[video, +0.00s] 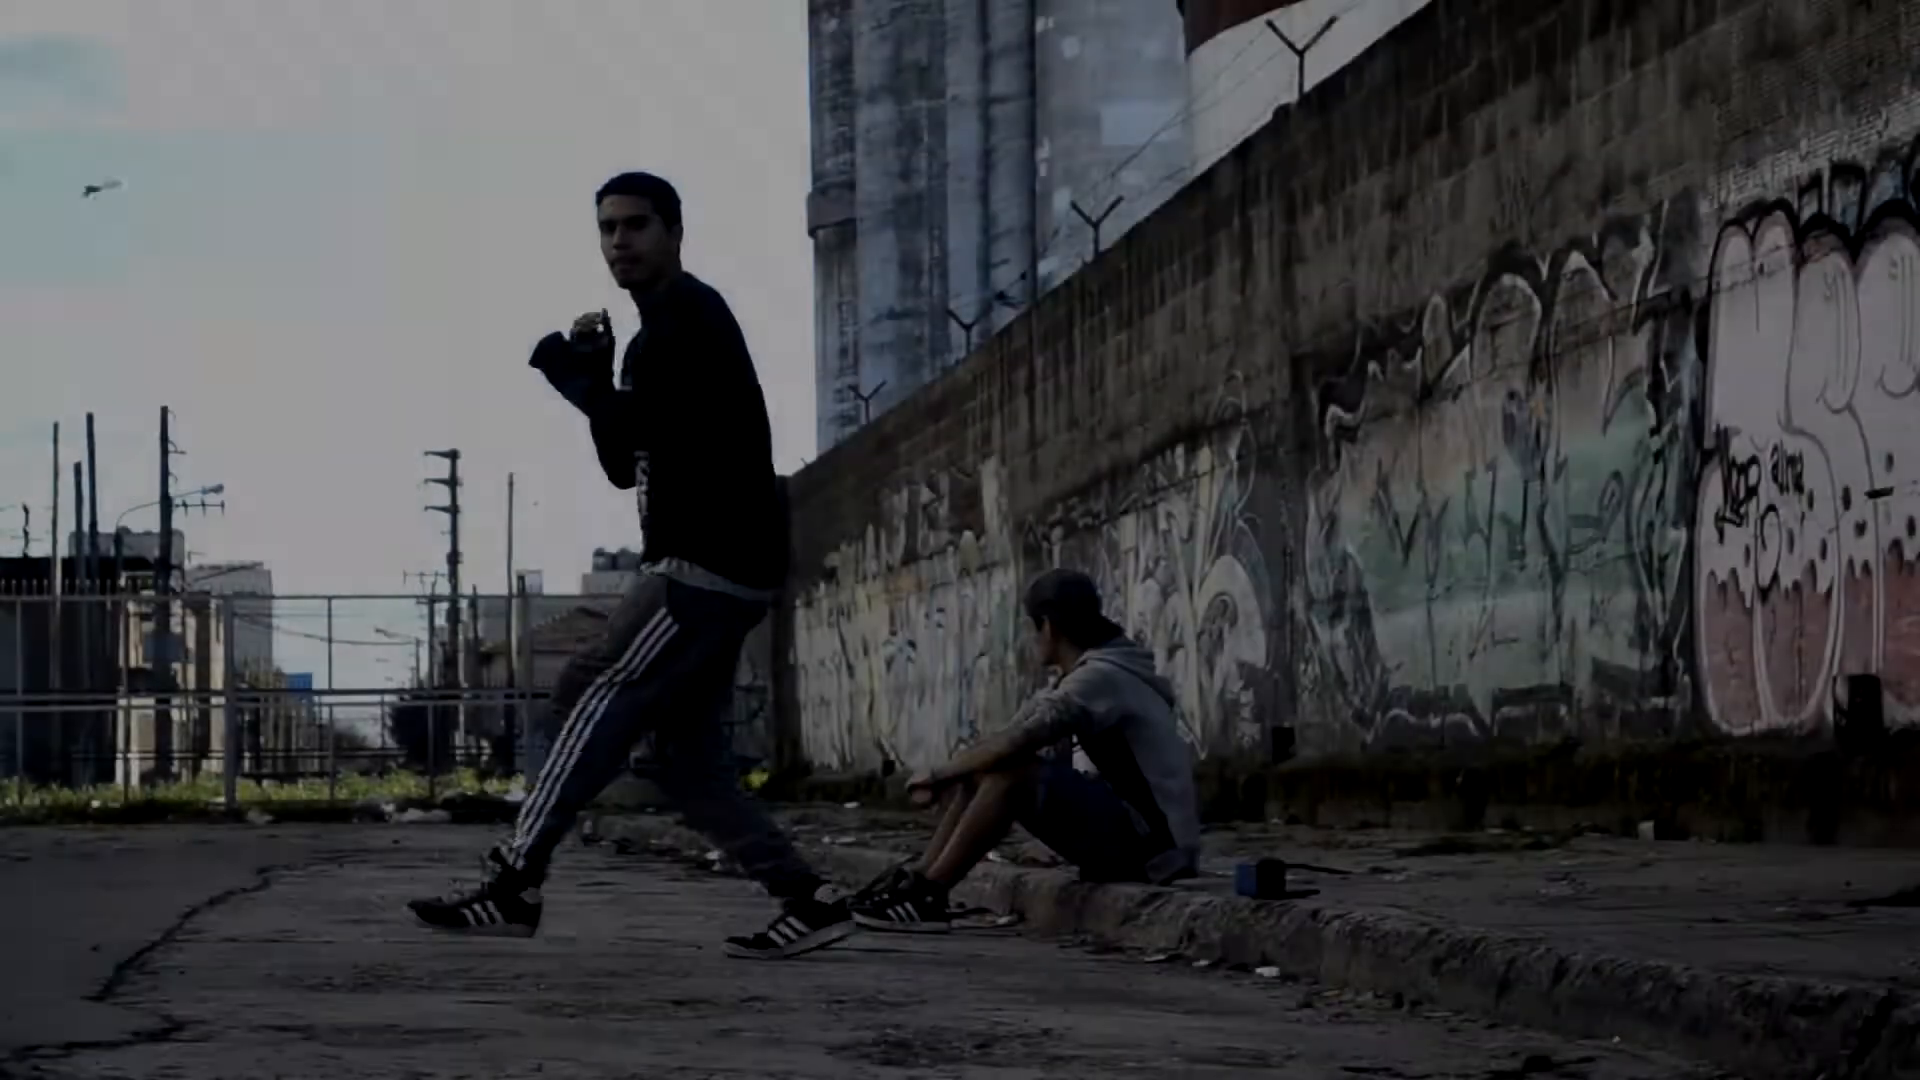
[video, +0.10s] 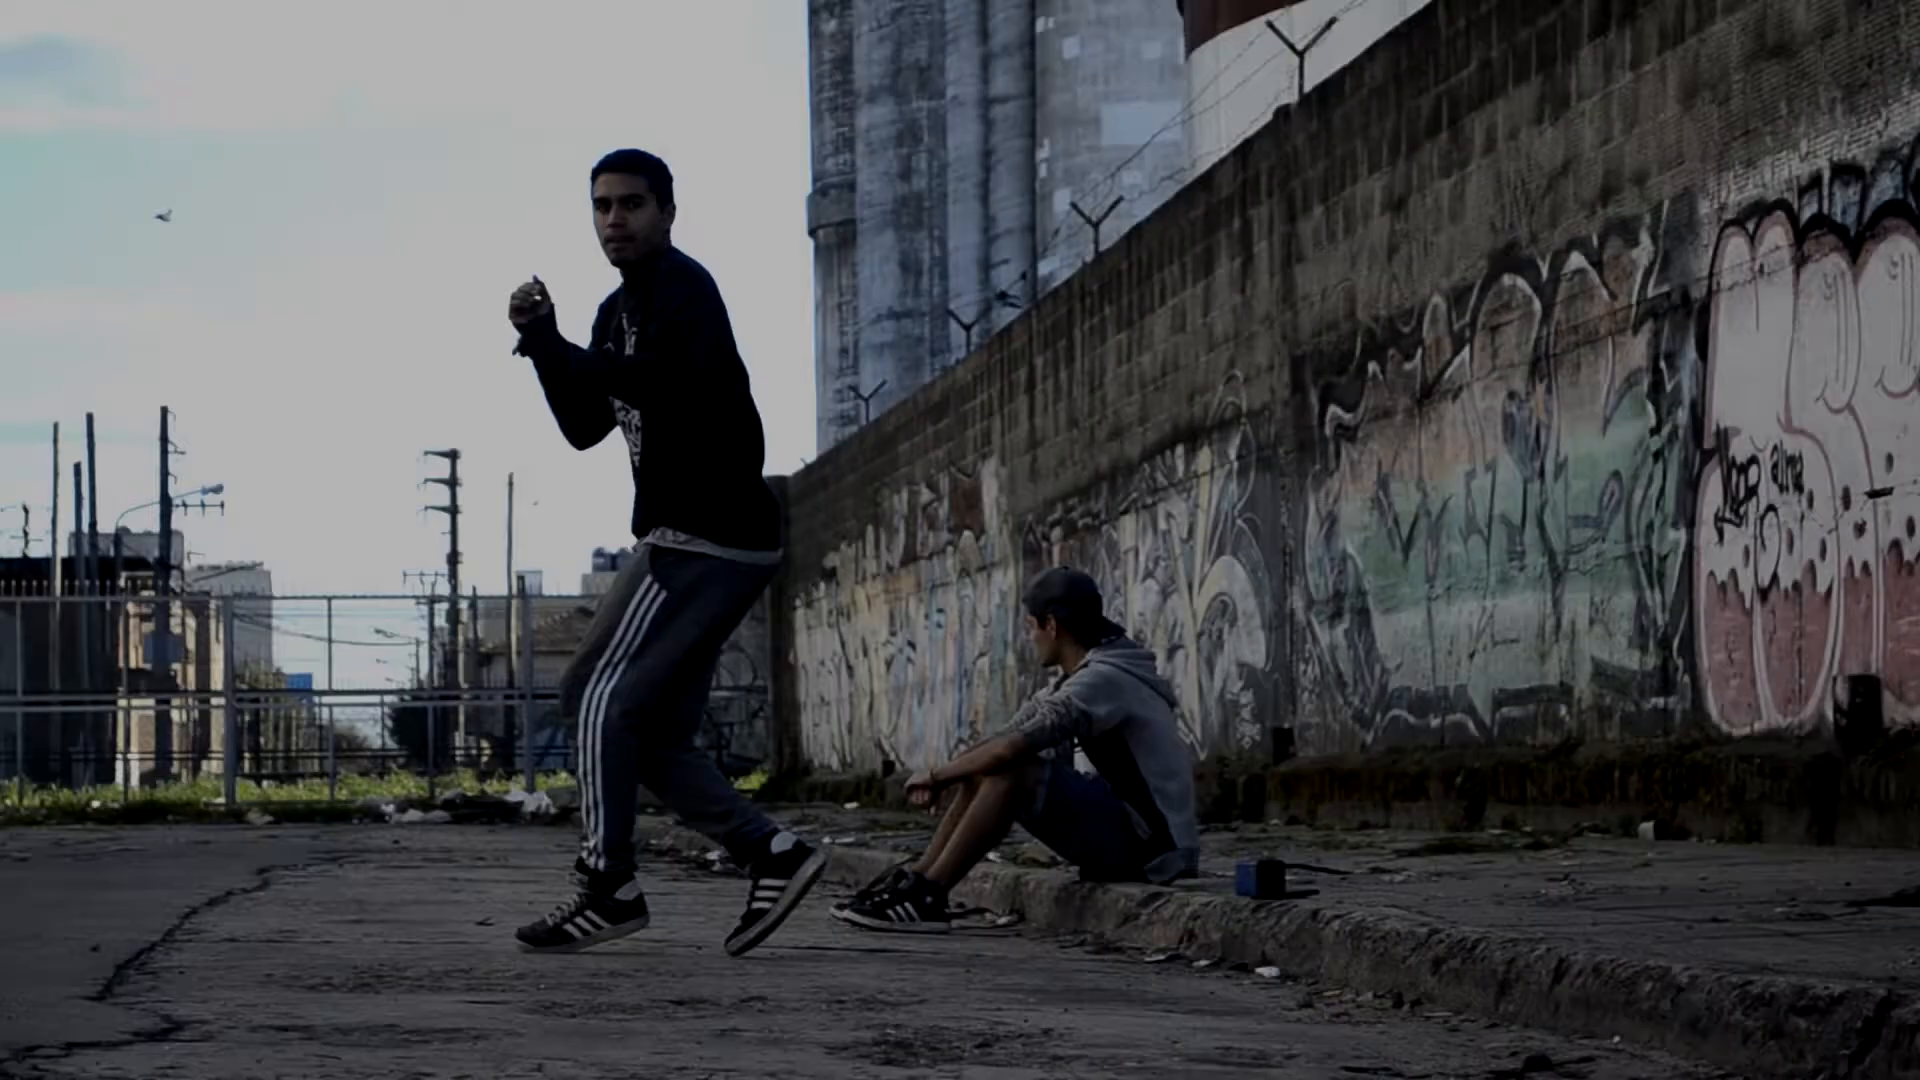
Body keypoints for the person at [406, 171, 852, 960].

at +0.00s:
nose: (620, 242)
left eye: (636, 225)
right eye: (609, 230)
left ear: (673, 233)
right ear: (602, 243)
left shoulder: (687, 316)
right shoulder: (662, 328)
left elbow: (644, 438)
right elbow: (623, 465)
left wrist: (585, 382)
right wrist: (599, 383)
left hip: (713, 564)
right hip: (709, 564)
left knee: (601, 698)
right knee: (683, 754)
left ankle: (513, 886)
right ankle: (806, 895)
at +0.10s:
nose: (615, 220)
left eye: (631, 204)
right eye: (603, 207)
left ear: (666, 211)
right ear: (593, 220)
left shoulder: (678, 286)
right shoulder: (616, 312)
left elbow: (654, 387)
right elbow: (584, 424)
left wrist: (565, 347)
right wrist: (541, 340)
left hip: (708, 530)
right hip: (705, 535)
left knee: (602, 694)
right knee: (654, 737)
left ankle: (609, 889)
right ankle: (773, 854)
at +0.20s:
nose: (618, 234)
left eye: (636, 220)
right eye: (607, 221)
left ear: (668, 231)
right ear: (596, 230)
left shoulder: (677, 299)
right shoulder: (607, 315)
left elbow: (661, 370)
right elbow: (527, 394)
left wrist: (549, 343)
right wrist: (468, 335)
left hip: (701, 555)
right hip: (661, 554)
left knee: (615, 715)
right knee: (616, 716)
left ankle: (624, 904)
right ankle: (760, 781)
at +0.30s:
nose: (621, 232)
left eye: (639, 219)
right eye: (612, 218)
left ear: (675, 226)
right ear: (601, 226)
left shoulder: (692, 303)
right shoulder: (606, 310)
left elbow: (663, 381)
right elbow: (524, 368)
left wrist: (566, 359)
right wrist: (420, 380)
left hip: (706, 551)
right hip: (660, 550)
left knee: (619, 711)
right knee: (593, 715)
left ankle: (623, 901)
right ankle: (768, 769)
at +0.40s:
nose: (625, 213)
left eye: (640, 196)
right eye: (613, 200)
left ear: (677, 199)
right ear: (604, 209)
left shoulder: (713, 283)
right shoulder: (618, 299)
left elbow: (709, 407)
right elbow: (547, 384)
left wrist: (624, 414)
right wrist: (454, 460)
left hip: (719, 531)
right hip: (678, 530)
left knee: (616, 683)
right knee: (637, 699)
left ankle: (604, 881)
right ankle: (775, 836)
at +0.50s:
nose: (621, 237)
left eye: (637, 220)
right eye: (610, 224)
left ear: (675, 225)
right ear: (602, 236)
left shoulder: (729, 310)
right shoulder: (622, 337)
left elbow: (780, 421)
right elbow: (587, 448)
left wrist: (686, 498)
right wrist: (514, 552)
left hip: (748, 559)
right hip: (701, 556)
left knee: (639, 712)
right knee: (698, 752)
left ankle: (535, 881)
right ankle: (810, 899)